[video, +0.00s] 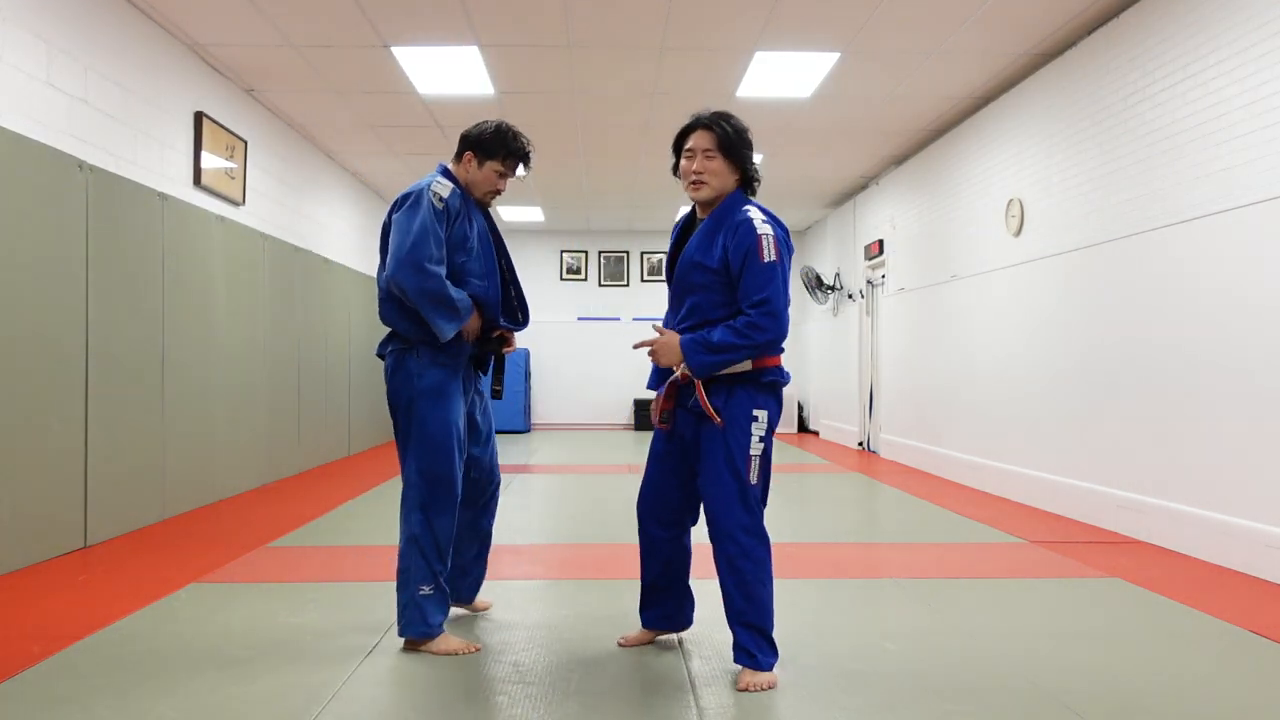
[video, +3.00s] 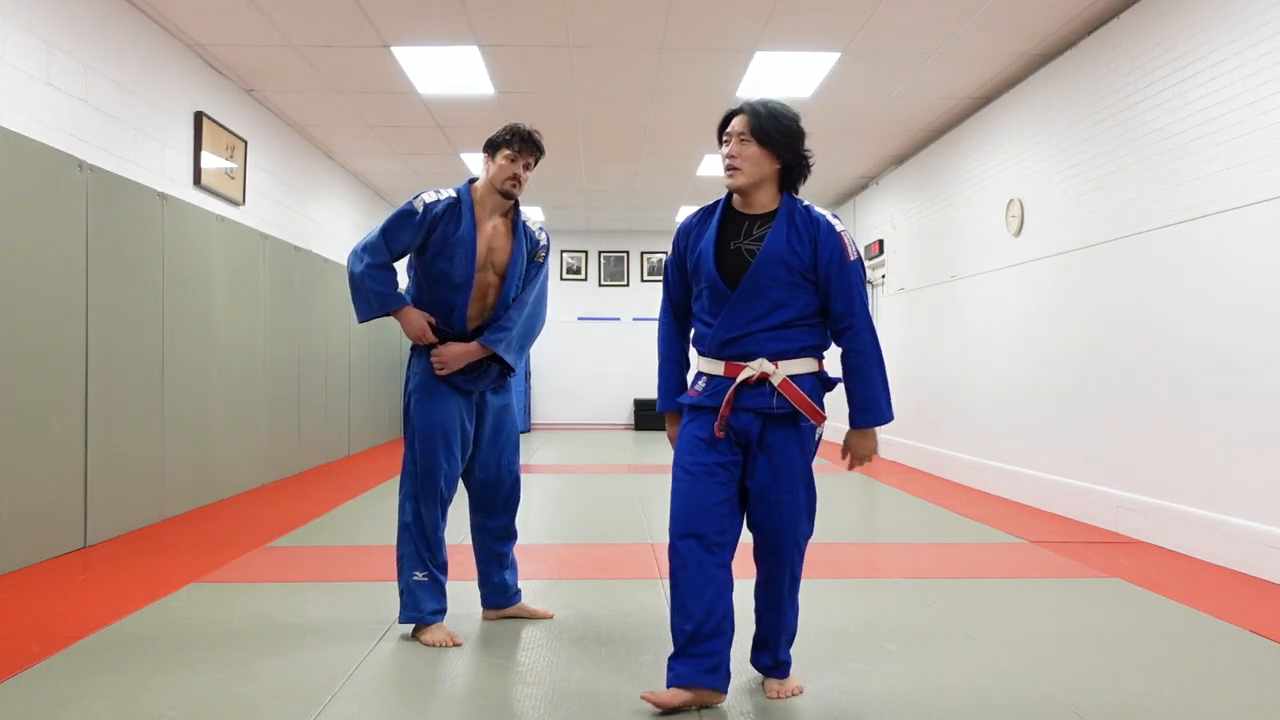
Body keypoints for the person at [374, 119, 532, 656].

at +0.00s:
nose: (504, 187)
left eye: (509, 178)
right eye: (500, 175)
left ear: (480, 168)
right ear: (469, 160)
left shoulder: (473, 213)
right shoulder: (429, 198)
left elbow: (479, 285)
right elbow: (410, 273)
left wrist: (496, 326)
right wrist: (463, 314)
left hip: (464, 367)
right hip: (426, 367)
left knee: (480, 479)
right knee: (434, 488)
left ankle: (456, 587)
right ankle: (420, 627)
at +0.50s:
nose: (546, 190)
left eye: (553, 183)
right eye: (542, 178)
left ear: (551, 183)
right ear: (517, 167)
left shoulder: (535, 223)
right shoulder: (474, 204)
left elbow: (556, 287)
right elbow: (434, 271)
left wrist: (549, 333)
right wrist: (484, 317)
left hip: (512, 374)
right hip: (464, 368)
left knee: (506, 488)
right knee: (449, 488)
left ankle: (500, 599)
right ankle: (431, 620)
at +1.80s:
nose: (477, 162)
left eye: (484, 153)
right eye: (465, 152)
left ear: (491, 159)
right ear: (442, 157)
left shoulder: (503, 217)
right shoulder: (419, 225)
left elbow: (530, 269)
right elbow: (419, 308)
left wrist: (513, 310)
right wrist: (453, 372)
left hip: (487, 370)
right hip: (431, 373)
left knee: (494, 489)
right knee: (425, 495)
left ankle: (500, 598)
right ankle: (422, 617)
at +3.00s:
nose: (518, 170)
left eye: (527, 165)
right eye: (511, 159)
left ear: (531, 174)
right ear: (487, 159)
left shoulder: (531, 232)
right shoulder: (437, 208)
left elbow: (530, 311)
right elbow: (367, 259)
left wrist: (478, 348)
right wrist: (401, 311)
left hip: (498, 374)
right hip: (439, 370)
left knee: (498, 486)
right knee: (430, 489)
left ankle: (500, 598)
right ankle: (423, 614)